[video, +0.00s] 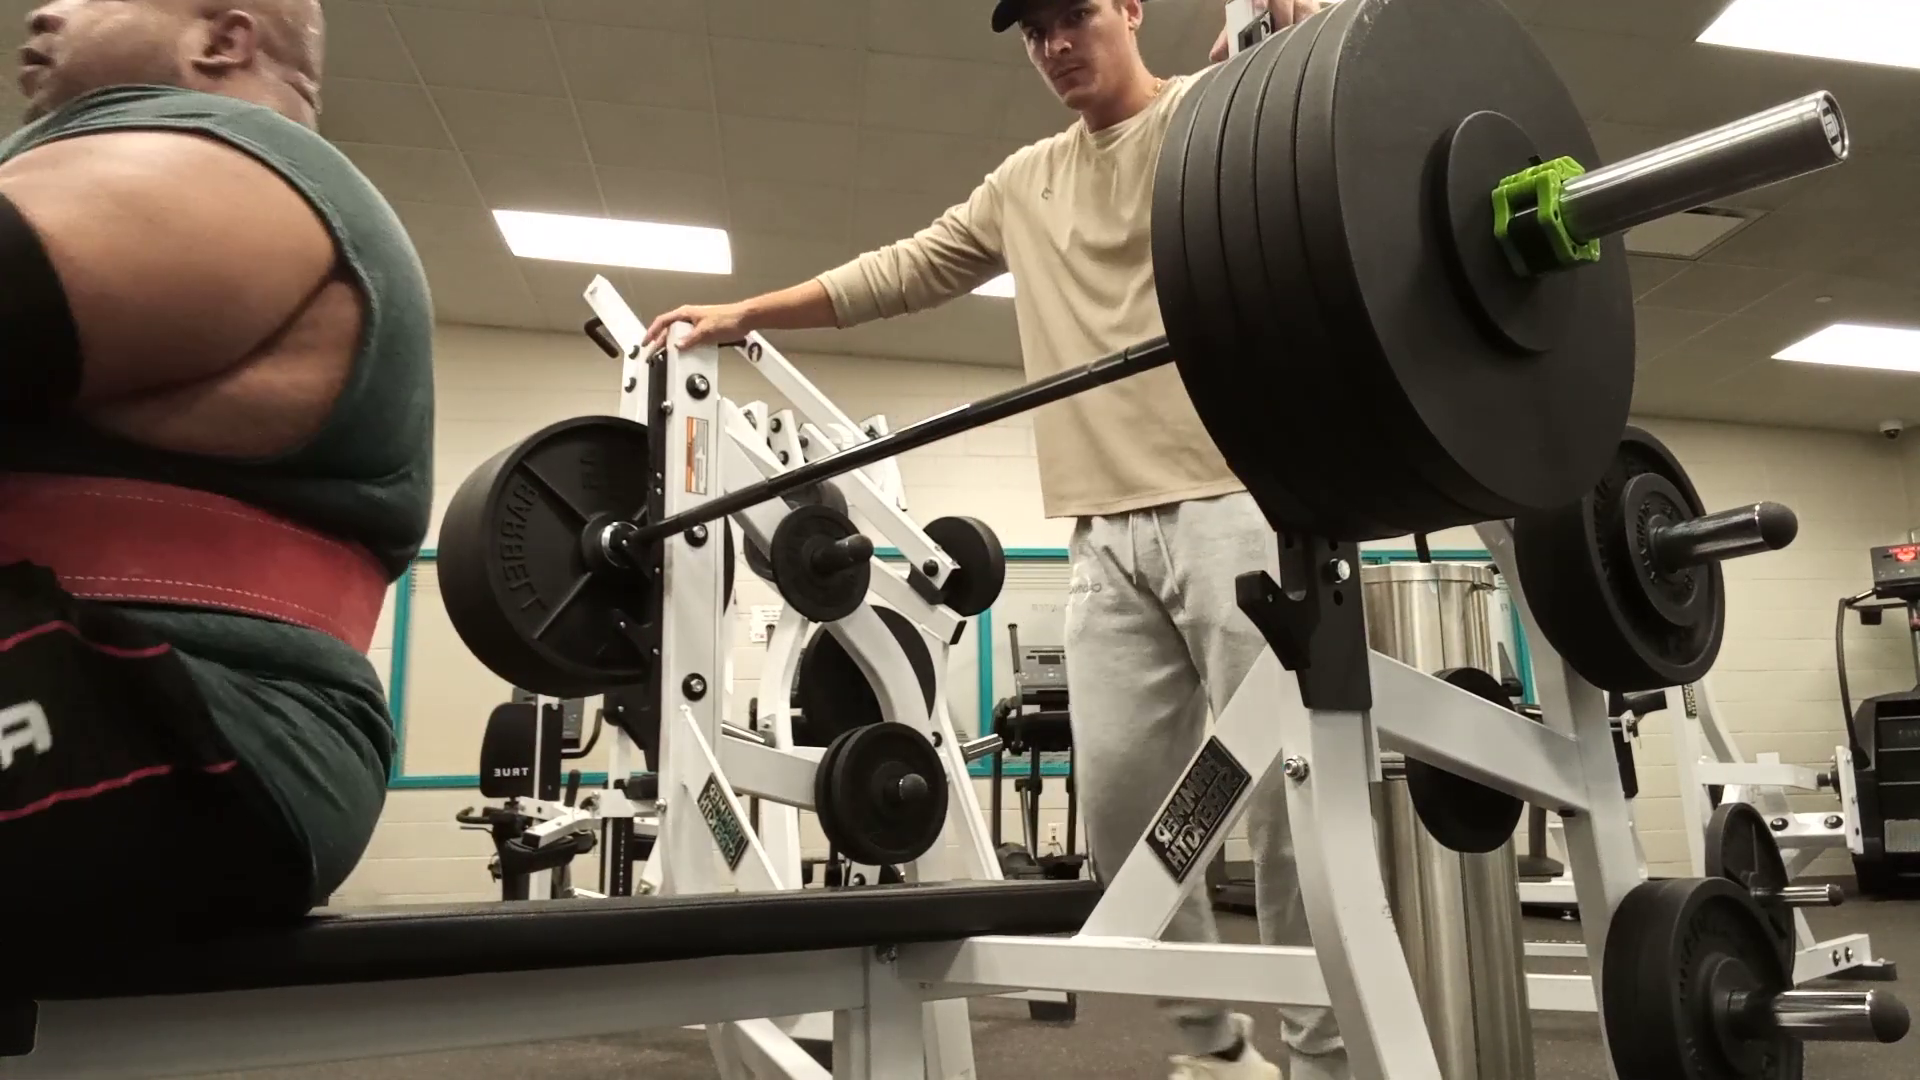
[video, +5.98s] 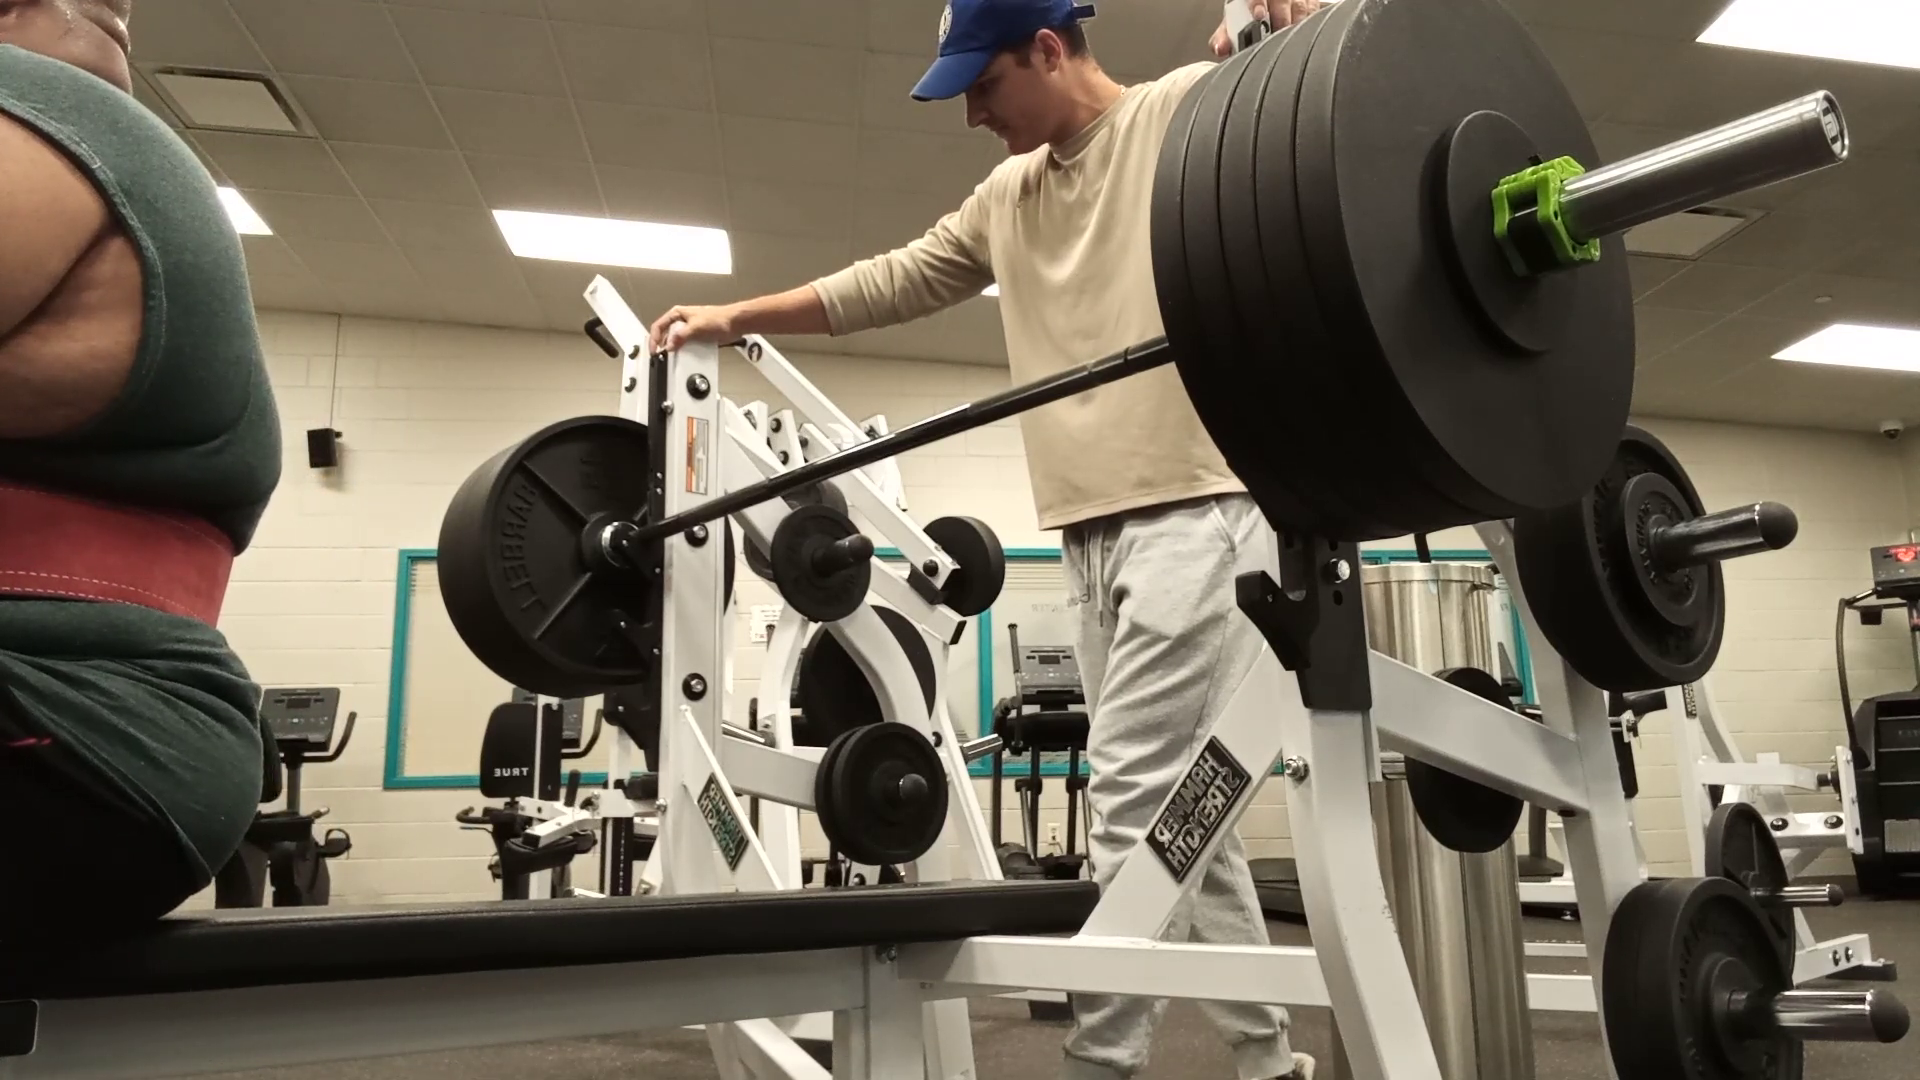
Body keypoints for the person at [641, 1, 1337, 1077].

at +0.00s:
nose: (1053, 48)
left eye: (1069, 21)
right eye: (1034, 34)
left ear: (1128, 14)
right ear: (1025, 51)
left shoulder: (1216, 108)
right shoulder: (1023, 179)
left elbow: (1327, 153)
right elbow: (905, 268)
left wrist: (1295, 46)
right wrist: (742, 311)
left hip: (1230, 506)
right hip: (1104, 528)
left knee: (1275, 799)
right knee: (1124, 804)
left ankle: (1321, 1046)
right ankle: (1207, 1042)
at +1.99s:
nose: (983, 82)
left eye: (995, 53)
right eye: (970, 68)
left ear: (1061, 22)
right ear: (977, 76)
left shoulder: (1179, 97)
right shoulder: (1003, 192)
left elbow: (1307, 111)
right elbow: (891, 278)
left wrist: (1291, 37)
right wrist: (734, 314)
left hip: (1196, 509)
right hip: (1085, 532)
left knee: (1121, 789)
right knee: (1171, 804)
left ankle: (1100, 1064)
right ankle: (1266, 1060)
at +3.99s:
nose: (990, 93)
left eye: (1002, 66)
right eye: (980, 77)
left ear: (1071, 30)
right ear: (992, 78)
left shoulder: (1188, 101)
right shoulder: (1005, 194)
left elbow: (1322, 109)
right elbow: (891, 281)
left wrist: (1292, 37)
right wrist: (734, 314)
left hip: (1200, 510)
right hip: (1090, 533)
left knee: (1128, 794)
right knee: (1175, 806)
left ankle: (1103, 1061)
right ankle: (1265, 1057)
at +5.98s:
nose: (974, 115)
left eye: (983, 88)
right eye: (968, 95)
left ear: (1051, 48)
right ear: (1026, 65)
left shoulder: (1184, 103)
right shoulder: (1005, 194)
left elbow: (1314, 113)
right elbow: (897, 280)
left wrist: (1292, 36)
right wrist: (735, 314)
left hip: (1201, 511)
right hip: (1091, 534)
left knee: (1129, 794)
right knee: (1174, 804)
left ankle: (1100, 1064)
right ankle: (1265, 1060)